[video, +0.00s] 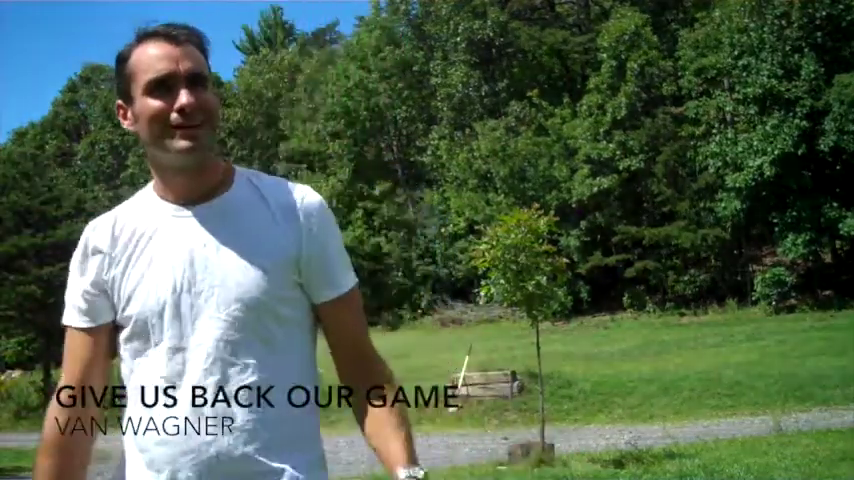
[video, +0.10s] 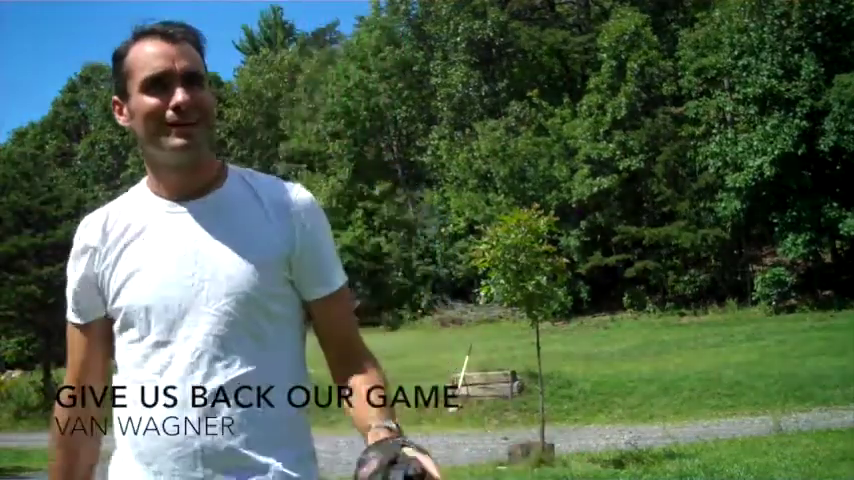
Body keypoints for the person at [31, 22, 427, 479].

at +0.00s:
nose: (186, 100)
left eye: (198, 83)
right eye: (162, 88)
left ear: (217, 99)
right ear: (127, 115)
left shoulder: (299, 214)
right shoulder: (106, 242)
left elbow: (363, 370)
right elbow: (74, 407)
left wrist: (407, 470)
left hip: (284, 469)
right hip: (159, 471)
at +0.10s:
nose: (181, 99)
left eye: (193, 82)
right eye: (158, 86)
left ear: (214, 98)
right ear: (123, 111)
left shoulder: (289, 211)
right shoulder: (99, 236)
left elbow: (351, 359)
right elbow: (81, 403)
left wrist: (385, 437)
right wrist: (64, 479)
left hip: (270, 470)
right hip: (145, 470)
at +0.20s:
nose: (181, 101)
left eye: (193, 84)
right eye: (158, 87)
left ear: (210, 98)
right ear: (121, 110)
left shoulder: (286, 212)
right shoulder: (99, 234)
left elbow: (340, 347)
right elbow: (90, 384)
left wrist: (360, 390)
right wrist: (79, 473)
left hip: (263, 470)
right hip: (138, 471)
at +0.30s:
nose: (180, 102)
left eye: (193, 85)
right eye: (159, 88)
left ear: (211, 100)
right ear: (123, 112)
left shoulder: (283, 213)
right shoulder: (99, 233)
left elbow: (340, 363)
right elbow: (97, 368)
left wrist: (350, 341)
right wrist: (84, 471)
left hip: (256, 469)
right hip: (132, 470)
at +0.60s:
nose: (193, 104)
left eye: (204, 88)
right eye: (171, 90)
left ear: (220, 105)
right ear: (134, 115)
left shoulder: (273, 218)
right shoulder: (107, 234)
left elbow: (357, 379)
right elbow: (95, 388)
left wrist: (320, 280)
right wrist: (68, 474)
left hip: (259, 469)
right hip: (137, 470)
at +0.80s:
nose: (204, 104)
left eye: (214, 89)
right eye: (182, 91)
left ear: (227, 104)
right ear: (143, 117)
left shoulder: (279, 223)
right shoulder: (114, 234)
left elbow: (361, 374)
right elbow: (90, 393)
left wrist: (323, 258)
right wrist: (46, 476)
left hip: (265, 470)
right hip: (146, 471)